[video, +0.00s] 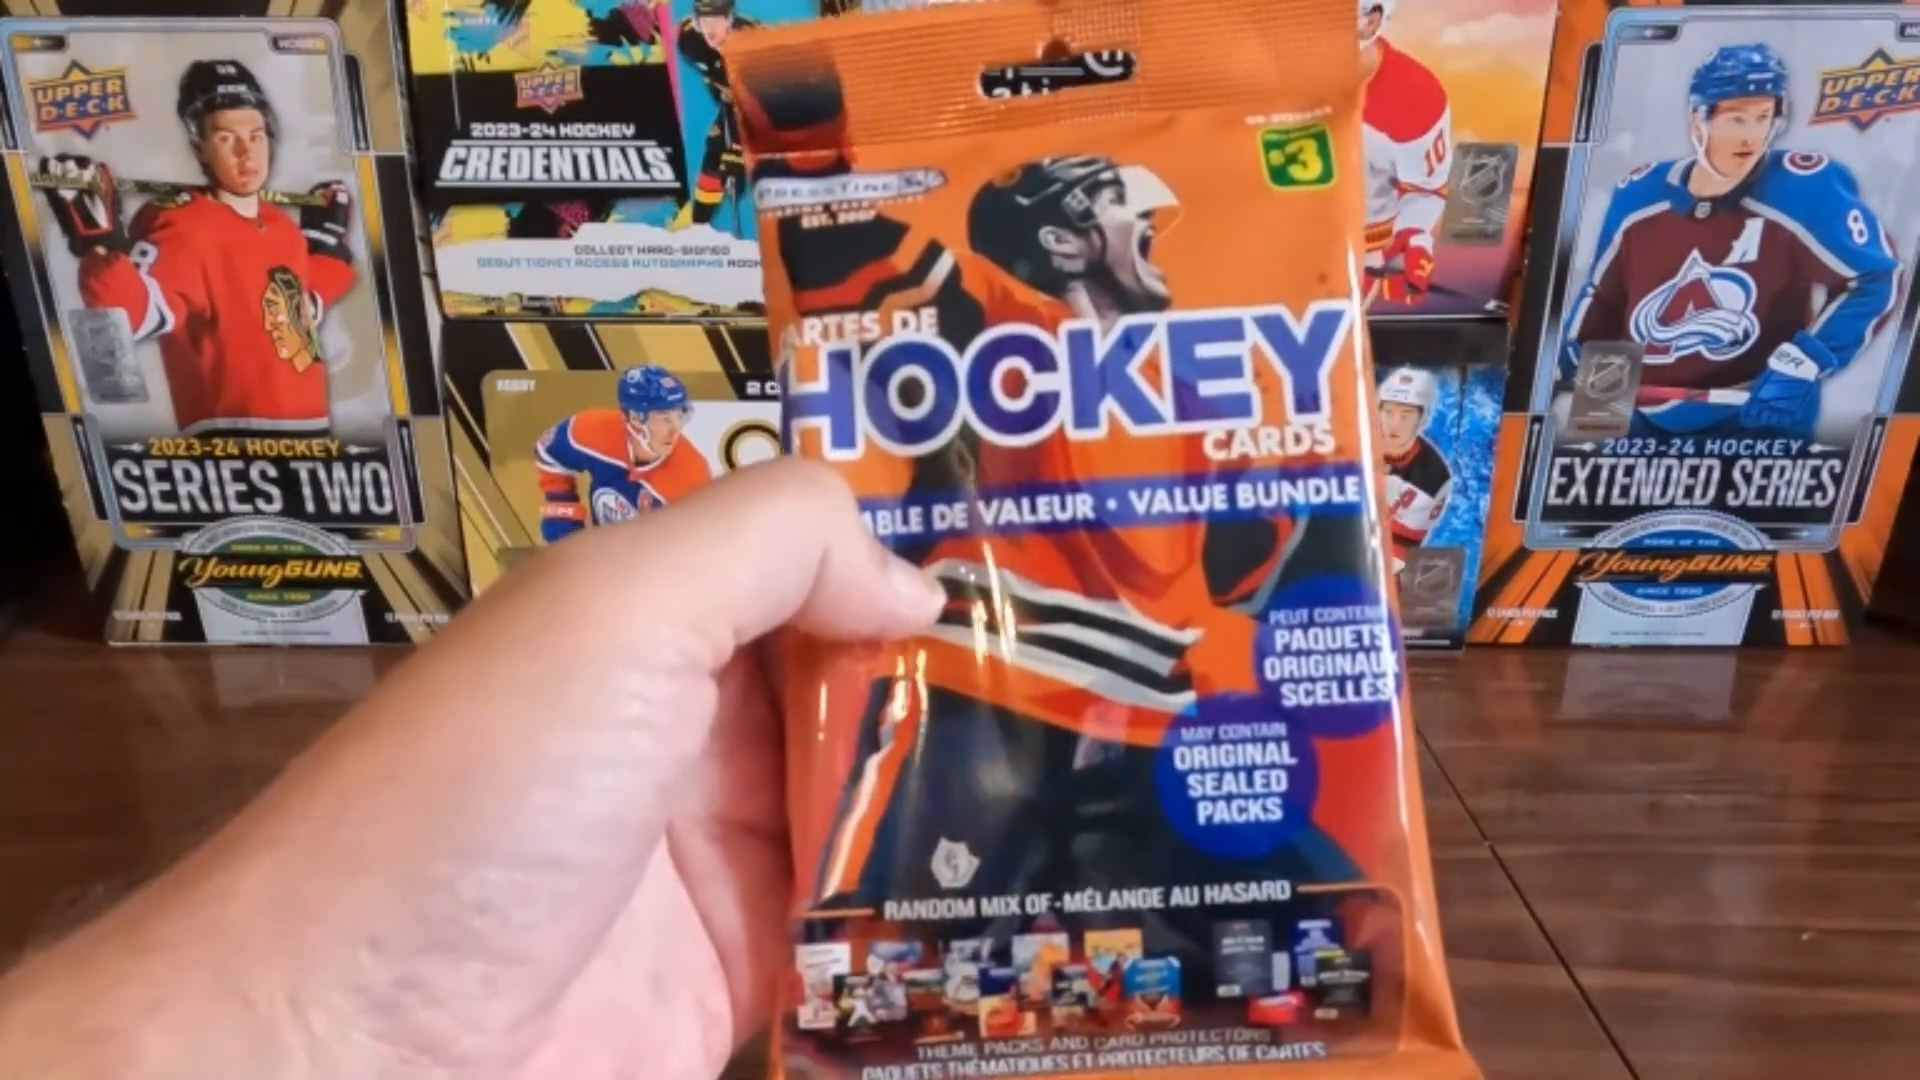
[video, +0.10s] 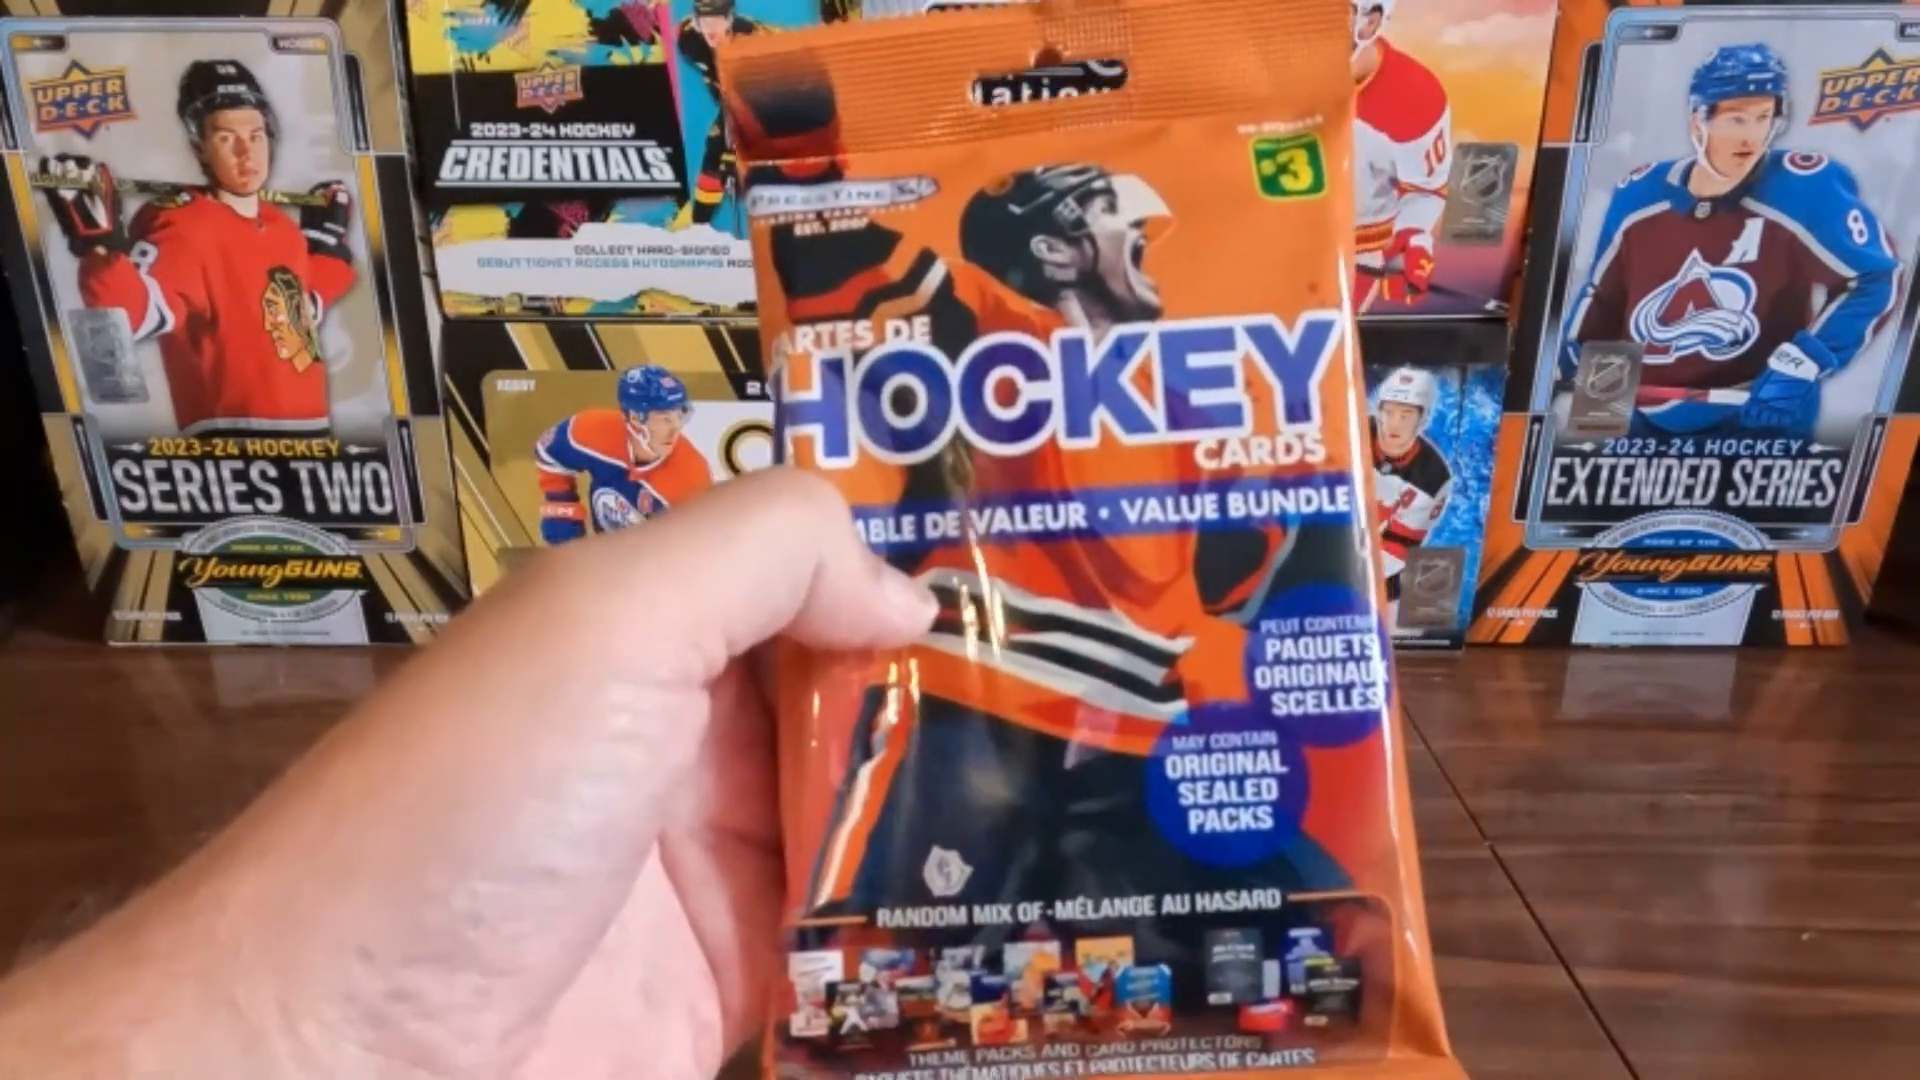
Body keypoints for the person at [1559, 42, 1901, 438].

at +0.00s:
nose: (1750, 135)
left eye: (1762, 118)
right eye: (1734, 119)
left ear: (1775, 122)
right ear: (1698, 124)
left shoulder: (1804, 192)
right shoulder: (1637, 197)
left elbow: (1879, 278)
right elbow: (1600, 297)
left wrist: (1802, 364)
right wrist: (1576, 361)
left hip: (1744, 427)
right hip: (1637, 421)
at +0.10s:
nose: (1750, 135)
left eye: (1762, 118)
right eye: (1735, 119)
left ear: (1775, 123)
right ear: (1698, 124)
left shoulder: (1804, 193)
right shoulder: (1637, 198)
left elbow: (1878, 279)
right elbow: (1600, 297)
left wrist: (1802, 364)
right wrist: (1576, 360)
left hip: (1745, 428)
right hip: (1639, 422)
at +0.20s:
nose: (1750, 135)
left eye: (1762, 118)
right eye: (1734, 119)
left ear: (1775, 122)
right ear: (1698, 124)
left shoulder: (1805, 192)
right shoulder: (1637, 197)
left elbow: (1879, 279)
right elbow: (1600, 297)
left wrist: (1802, 364)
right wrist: (1576, 363)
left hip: (1744, 427)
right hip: (1637, 421)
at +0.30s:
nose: (1750, 135)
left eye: (1762, 118)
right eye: (1734, 119)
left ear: (1775, 122)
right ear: (1698, 124)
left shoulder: (1805, 192)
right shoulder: (1637, 197)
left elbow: (1879, 279)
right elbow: (1600, 297)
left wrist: (1802, 364)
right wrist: (1576, 364)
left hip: (1744, 427)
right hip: (1637, 421)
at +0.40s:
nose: (1750, 135)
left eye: (1762, 118)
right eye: (1734, 119)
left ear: (1775, 123)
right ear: (1698, 124)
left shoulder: (1805, 192)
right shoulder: (1637, 197)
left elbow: (1878, 279)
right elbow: (1600, 296)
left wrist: (1802, 364)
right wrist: (1574, 366)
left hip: (1744, 427)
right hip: (1637, 421)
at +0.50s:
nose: (1750, 135)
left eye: (1762, 118)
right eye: (1734, 119)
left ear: (1775, 123)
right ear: (1698, 124)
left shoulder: (1805, 192)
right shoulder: (1637, 197)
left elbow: (1878, 279)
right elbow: (1600, 296)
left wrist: (1802, 364)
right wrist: (1574, 366)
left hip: (1744, 427)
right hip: (1637, 422)